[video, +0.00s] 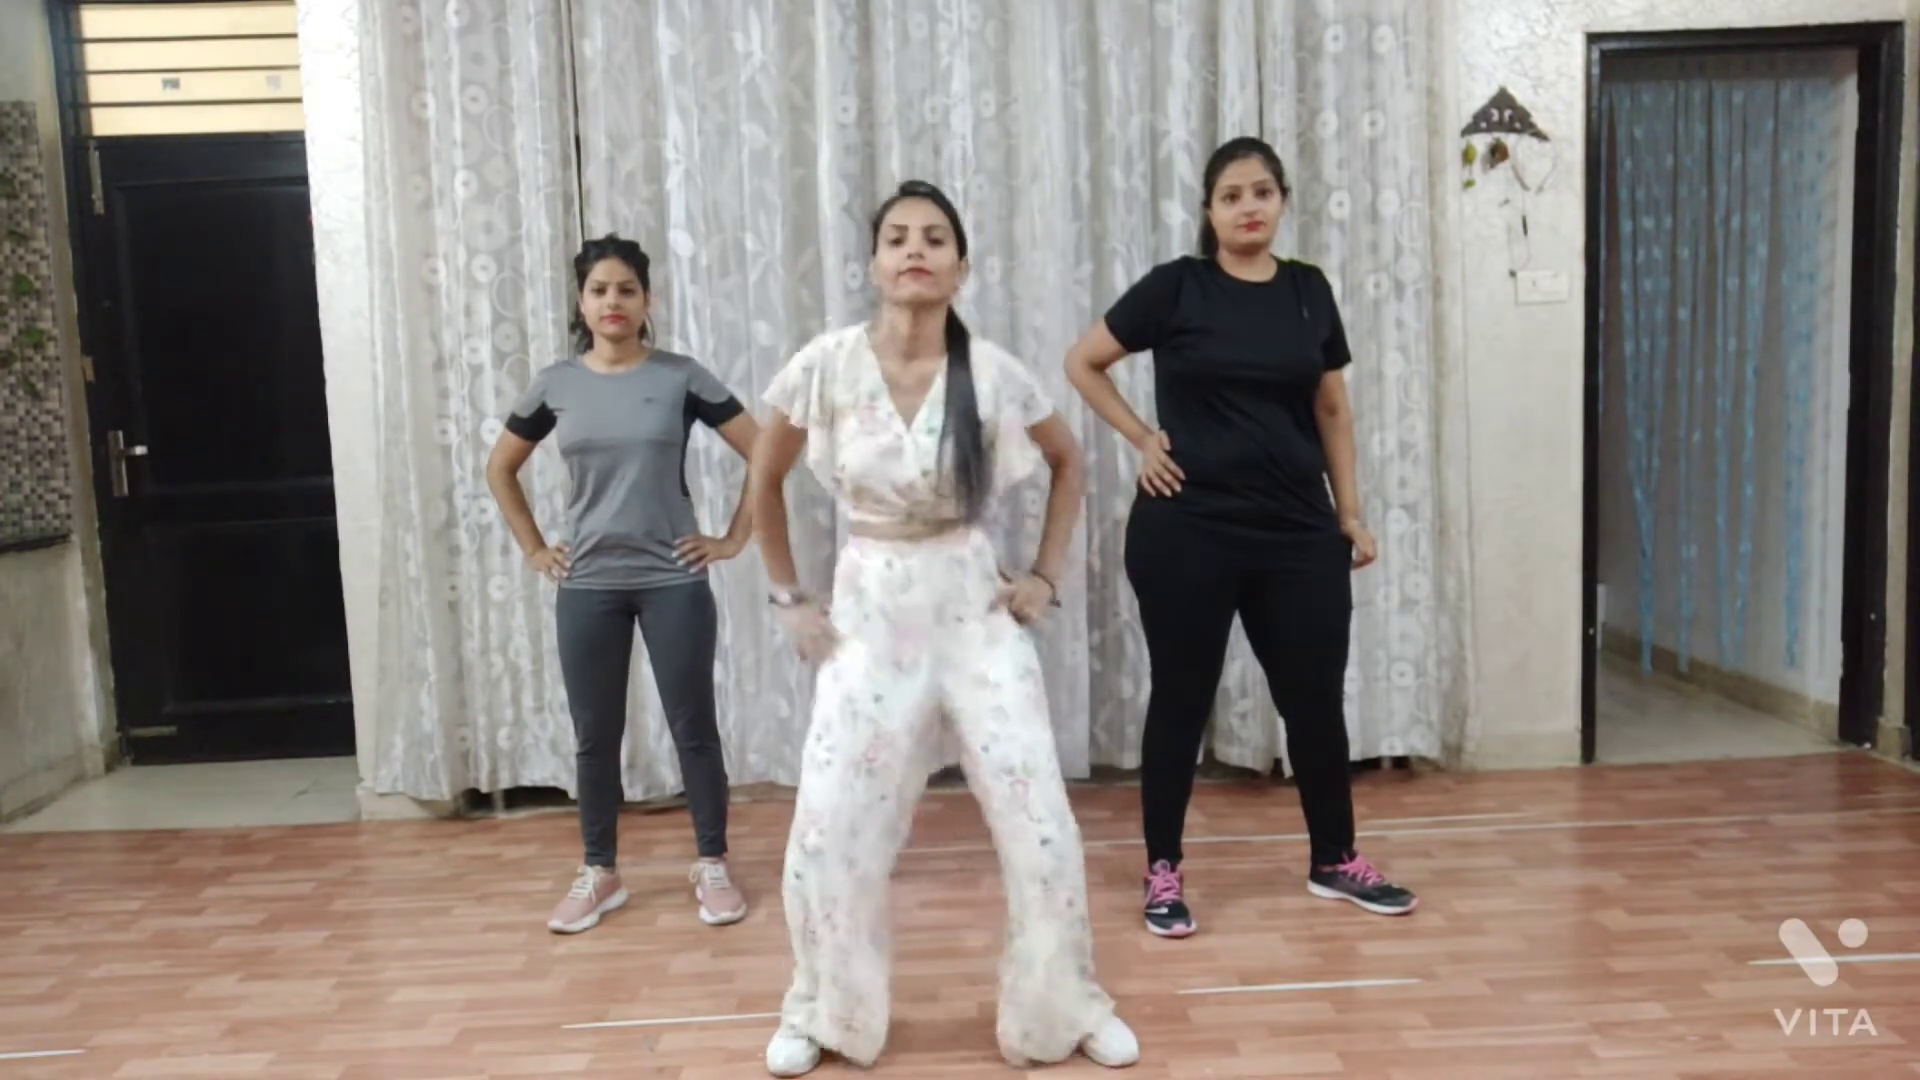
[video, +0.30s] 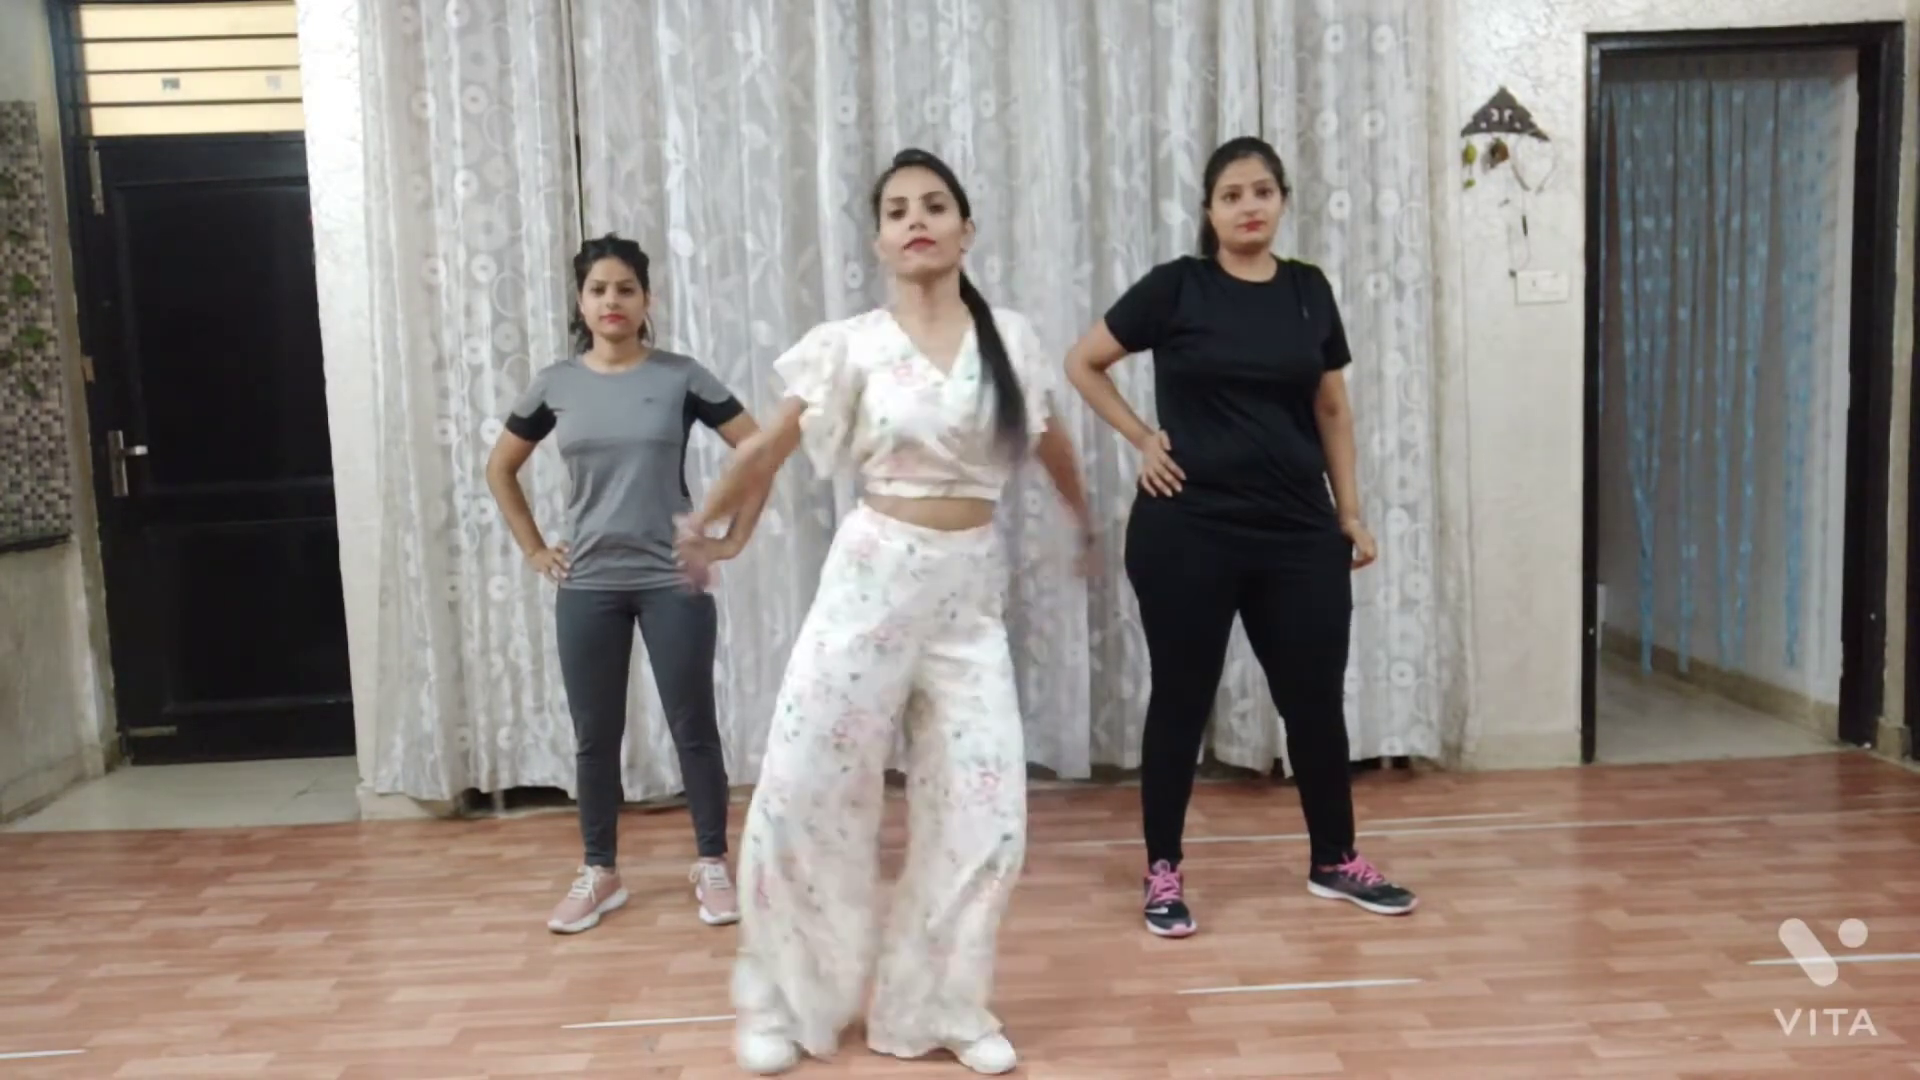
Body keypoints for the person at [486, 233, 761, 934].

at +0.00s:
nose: (613, 301)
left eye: (626, 290)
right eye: (600, 290)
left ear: (646, 302)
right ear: (580, 302)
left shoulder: (681, 378)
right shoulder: (555, 385)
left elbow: (763, 452)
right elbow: (500, 468)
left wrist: (734, 537)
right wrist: (537, 550)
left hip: (674, 574)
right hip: (588, 579)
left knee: (693, 726)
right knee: (594, 736)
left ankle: (712, 866)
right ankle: (599, 872)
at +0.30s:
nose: (612, 301)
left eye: (625, 289)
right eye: (598, 290)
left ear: (646, 301)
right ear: (580, 302)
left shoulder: (681, 378)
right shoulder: (555, 385)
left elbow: (759, 450)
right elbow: (500, 467)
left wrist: (735, 542)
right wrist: (538, 550)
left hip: (673, 575)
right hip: (588, 580)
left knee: (693, 726)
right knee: (595, 735)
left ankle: (712, 866)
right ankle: (599, 872)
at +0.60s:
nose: (612, 300)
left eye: (626, 288)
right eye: (599, 288)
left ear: (647, 298)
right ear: (580, 301)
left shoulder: (683, 378)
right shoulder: (555, 384)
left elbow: (762, 454)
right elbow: (497, 464)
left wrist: (737, 541)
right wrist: (524, 530)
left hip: (672, 576)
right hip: (587, 582)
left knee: (695, 732)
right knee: (595, 738)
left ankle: (721, 876)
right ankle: (600, 872)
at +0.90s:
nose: (621, 303)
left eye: (634, 290)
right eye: (608, 292)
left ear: (658, 297)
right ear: (591, 303)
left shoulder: (694, 379)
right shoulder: (569, 375)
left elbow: (752, 460)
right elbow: (473, 441)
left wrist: (806, 518)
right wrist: (473, 529)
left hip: (674, 574)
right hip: (589, 582)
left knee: (680, 732)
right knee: (595, 738)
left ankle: (687, 873)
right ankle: (599, 873)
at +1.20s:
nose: (640, 313)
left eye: (653, 299)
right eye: (627, 301)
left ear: (683, 303)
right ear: (610, 309)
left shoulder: (709, 371)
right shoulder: (598, 366)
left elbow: (729, 389)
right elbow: (600, 375)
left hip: (701, 579)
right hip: (616, 577)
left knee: (691, 736)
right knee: (556, 716)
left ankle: (687, 874)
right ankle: (509, 851)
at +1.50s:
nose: (648, 313)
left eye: (662, 301)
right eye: (636, 304)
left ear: (688, 303)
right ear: (618, 311)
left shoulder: (727, 367)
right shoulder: (605, 367)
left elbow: (716, 359)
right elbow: (612, 343)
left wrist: (619, 349)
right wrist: (731, 329)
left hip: (710, 576)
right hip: (625, 576)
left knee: (697, 734)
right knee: (557, 723)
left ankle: (688, 870)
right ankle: (488, 841)